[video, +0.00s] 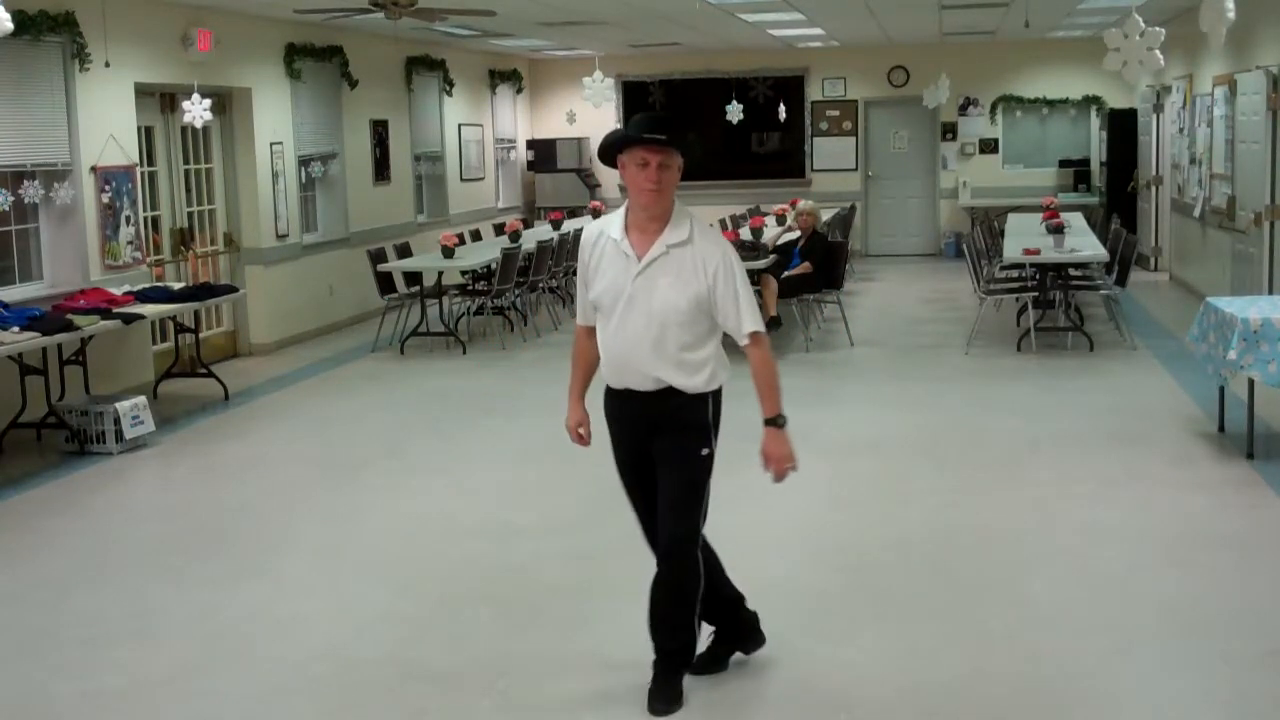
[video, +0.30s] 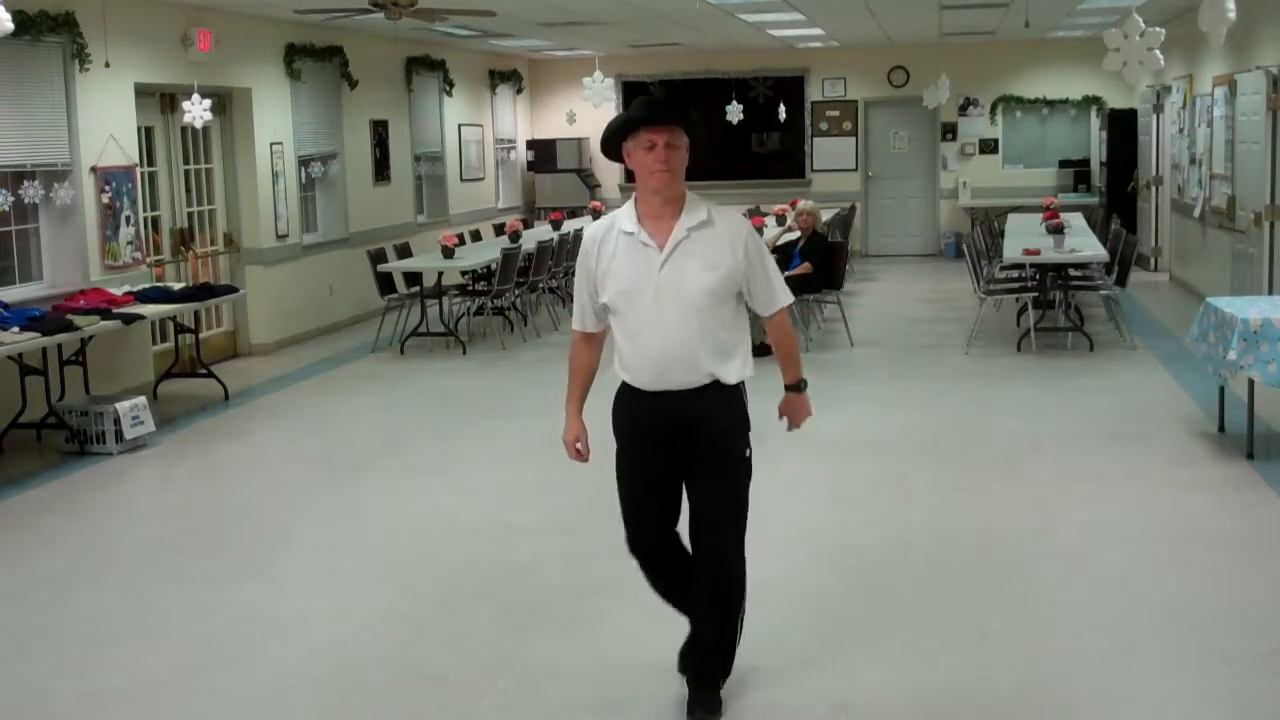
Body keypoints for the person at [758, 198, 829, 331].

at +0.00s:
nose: (804, 218)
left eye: (808, 215)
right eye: (801, 215)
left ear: (815, 218)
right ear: (796, 219)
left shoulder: (820, 239)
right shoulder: (795, 242)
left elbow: (809, 266)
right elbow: (767, 249)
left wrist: (785, 275)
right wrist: (784, 230)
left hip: (809, 278)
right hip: (791, 275)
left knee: (767, 290)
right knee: (766, 276)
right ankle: (773, 316)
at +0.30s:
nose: (803, 218)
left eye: (808, 215)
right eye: (800, 215)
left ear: (815, 219)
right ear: (796, 219)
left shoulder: (819, 239)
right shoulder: (796, 242)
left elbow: (809, 267)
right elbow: (767, 249)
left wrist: (783, 276)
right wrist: (783, 230)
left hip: (811, 280)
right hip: (794, 278)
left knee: (769, 290)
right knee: (764, 285)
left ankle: (769, 341)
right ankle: (762, 338)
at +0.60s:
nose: (804, 218)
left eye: (808, 214)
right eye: (801, 214)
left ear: (815, 219)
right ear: (796, 219)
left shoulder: (820, 239)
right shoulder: (794, 243)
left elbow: (809, 267)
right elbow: (766, 250)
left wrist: (785, 275)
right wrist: (784, 231)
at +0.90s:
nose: (804, 218)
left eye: (808, 215)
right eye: (801, 215)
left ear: (815, 219)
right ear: (796, 219)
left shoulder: (820, 239)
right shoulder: (795, 242)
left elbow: (810, 266)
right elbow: (767, 249)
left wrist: (786, 276)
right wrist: (784, 231)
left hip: (809, 278)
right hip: (789, 274)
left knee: (766, 289)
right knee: (768, 277)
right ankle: (773, 316)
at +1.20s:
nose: (804, 218)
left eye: (808, 215)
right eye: (800, 215)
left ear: (815, 219)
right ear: (796, 218)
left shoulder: (820, 239)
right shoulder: (792, 239)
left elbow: (813, 264)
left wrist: (791, 275)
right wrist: (786, 231)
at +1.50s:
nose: (804, 219)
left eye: (808, 216)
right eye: (800, 216)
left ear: (815, 219)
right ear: (795, 219)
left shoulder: (820, 239)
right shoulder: (795, 242)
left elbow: (810, 266)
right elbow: (768, 249)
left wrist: (787, 274)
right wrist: (784, 231)